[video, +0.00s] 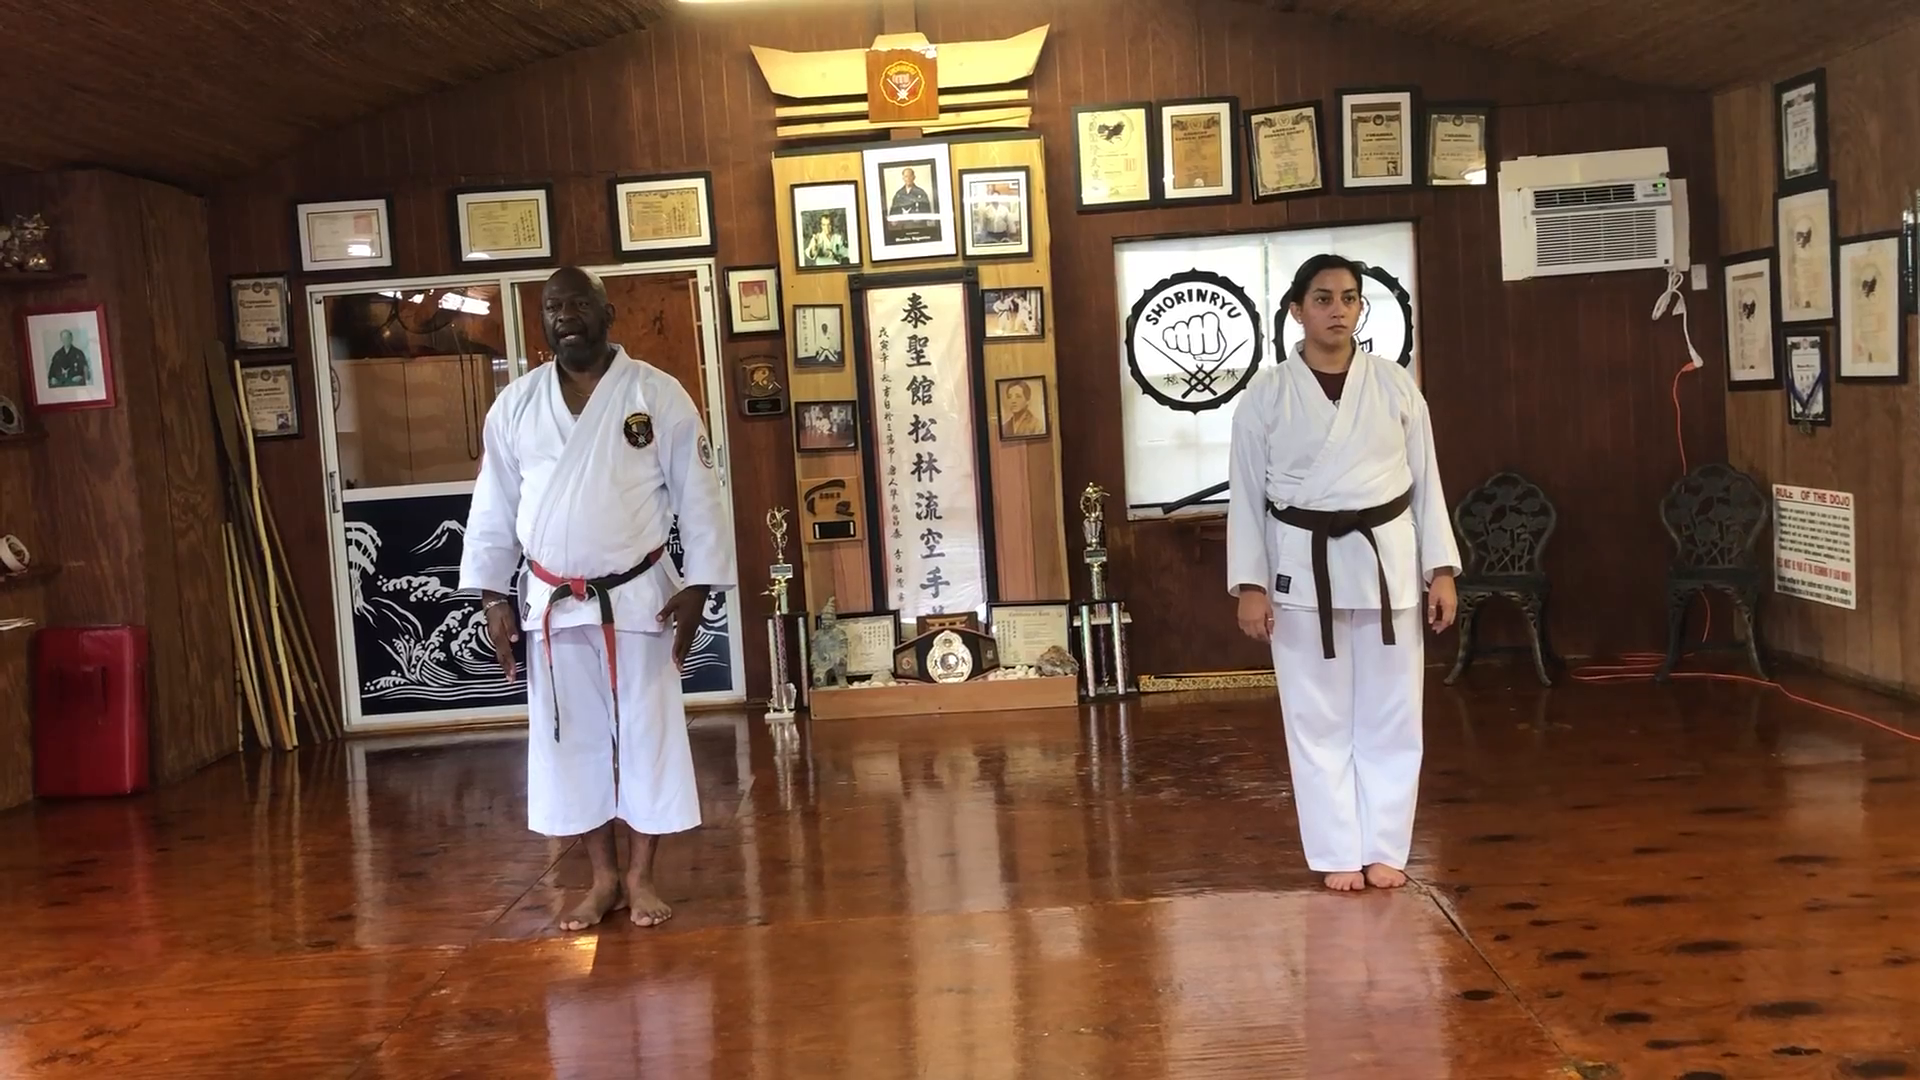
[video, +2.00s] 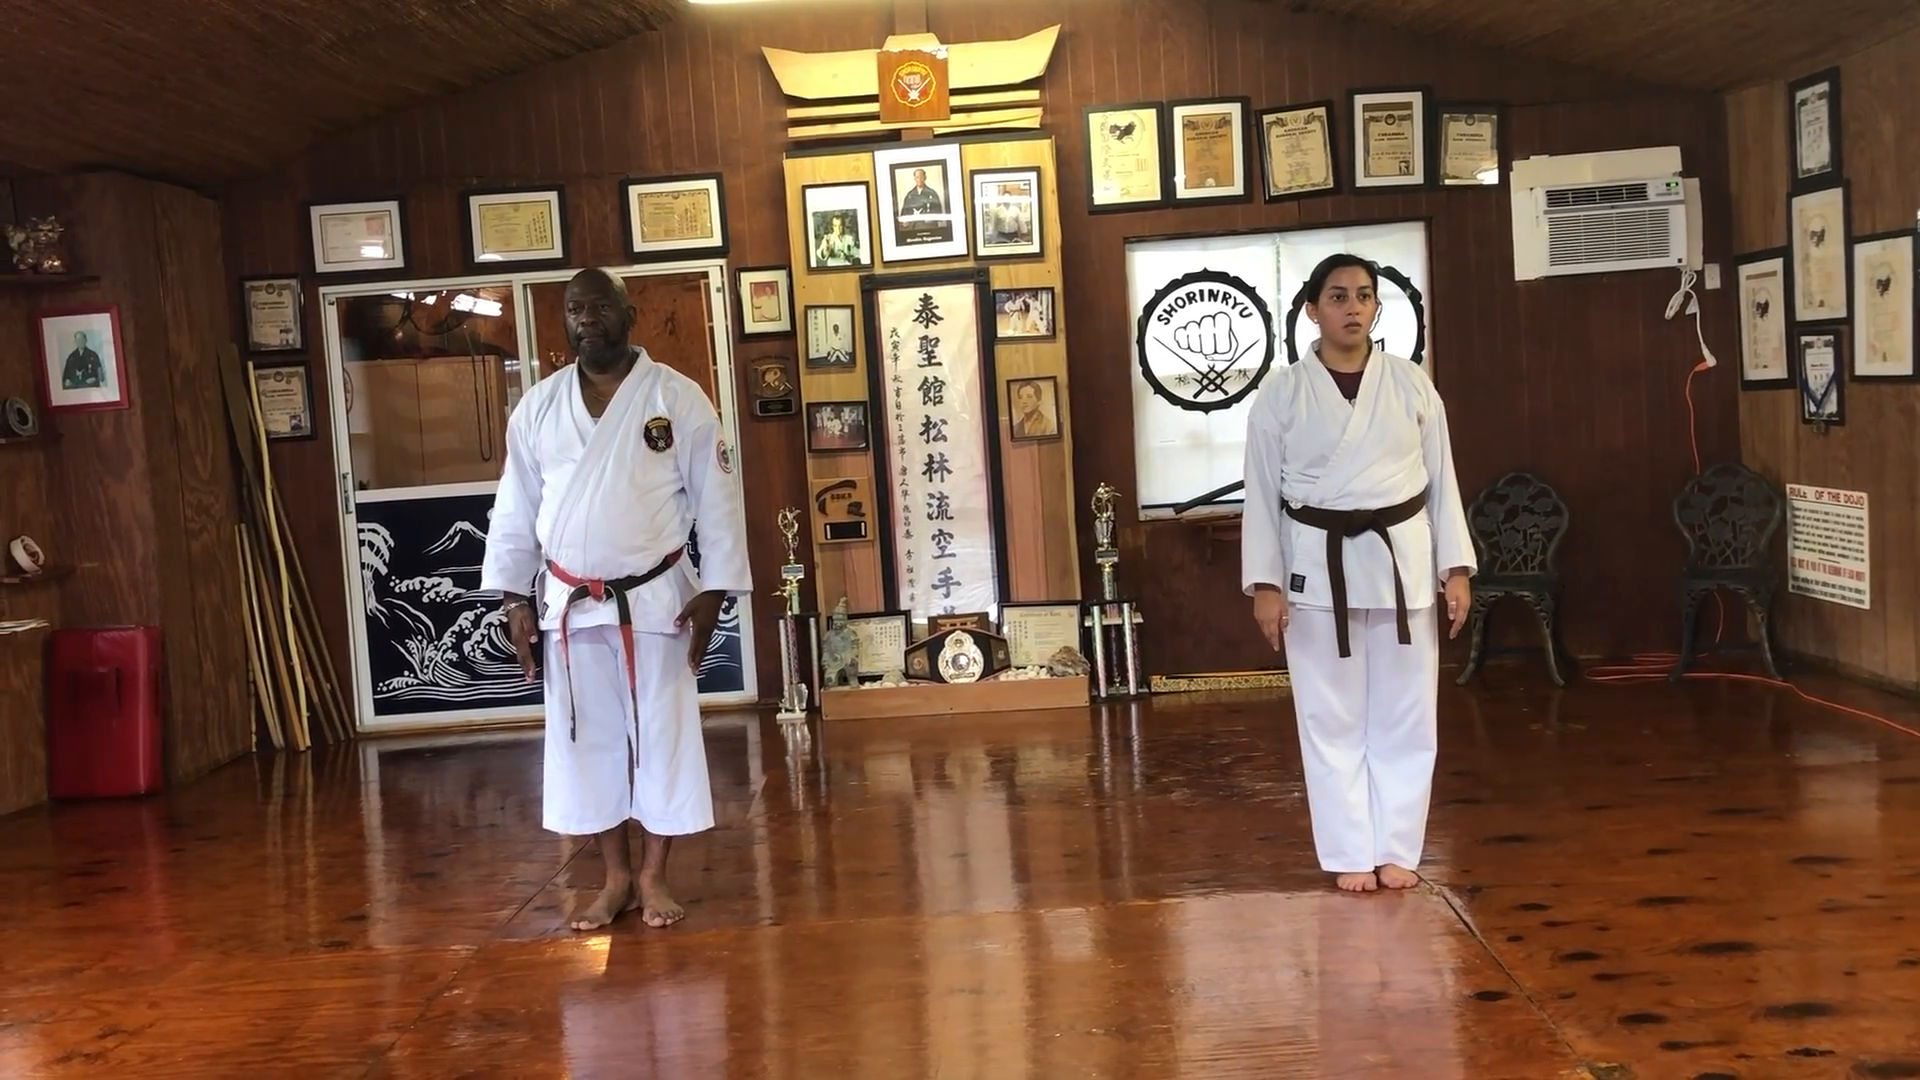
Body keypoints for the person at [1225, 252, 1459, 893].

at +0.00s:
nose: (1339, 309)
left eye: (1349, 298)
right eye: (1324, 298)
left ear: (1361, 310)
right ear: (1297, 310)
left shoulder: (1395, 384)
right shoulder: (1264, 394)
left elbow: (1424, 483)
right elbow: (1246, 495)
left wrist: (1441, 569)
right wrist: (1249, 582)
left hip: (1389, 567)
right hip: (1301, 573)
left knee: (1390, 716)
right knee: (1319, 719)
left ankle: (1385, 853)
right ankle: (1337, 857)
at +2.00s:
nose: (1354, 307)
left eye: (1364, 296)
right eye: (1338, 296)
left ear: (1377, 308)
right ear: (1312, 309)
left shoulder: (1410, 382)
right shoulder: (1279, 393)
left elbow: (1440, 482)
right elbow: (1261, 494)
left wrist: (1455, 566)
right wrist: (1264, 582)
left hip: (1404, 567)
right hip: (1316, 572)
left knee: (1404, 715)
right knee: (1333, 718)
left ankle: (1397, 853)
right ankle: (1350, 857)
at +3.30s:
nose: (1370, 397)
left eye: (1382, 382)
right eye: (1357, 383)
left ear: (1397, 375)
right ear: (1329, 375)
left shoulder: (1422, 423)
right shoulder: (1286, 429)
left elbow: (1435, 518)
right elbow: (1261, 525)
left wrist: (1430, 603)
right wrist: (1273, 615)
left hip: (1393, 574)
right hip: (1313, 578)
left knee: (1392, 715)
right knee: (1327, 719)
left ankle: (1386, 857)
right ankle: (1345, 861)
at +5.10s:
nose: (1375, 313)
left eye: (1386, 301)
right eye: (1360, 301)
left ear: (1398, 313)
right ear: (1334, 312)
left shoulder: (1429, 387)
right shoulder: (1298, 396)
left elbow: (1458, 487)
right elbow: (1276, 497)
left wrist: (1478, 570)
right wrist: (1283, 586)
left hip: (1425, 563)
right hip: (1335, 567)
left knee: (1455, 710)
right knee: (1345, 721)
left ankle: (1480, 844)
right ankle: (1356, 860)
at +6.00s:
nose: (1448, 330)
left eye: (1458, 318)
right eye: (1434, 318)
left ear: (1471, 328)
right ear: (1407, 328)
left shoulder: (1501, 404)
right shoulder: (1371, 409)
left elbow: (1532, 498)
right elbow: (1349, 505)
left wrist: (1551, 582)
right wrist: (1352, 588)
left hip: (1493, 582)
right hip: (1399, 582)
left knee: (1505, 736)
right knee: (1381, 736)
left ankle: (1520, 870)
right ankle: (1360, 875)